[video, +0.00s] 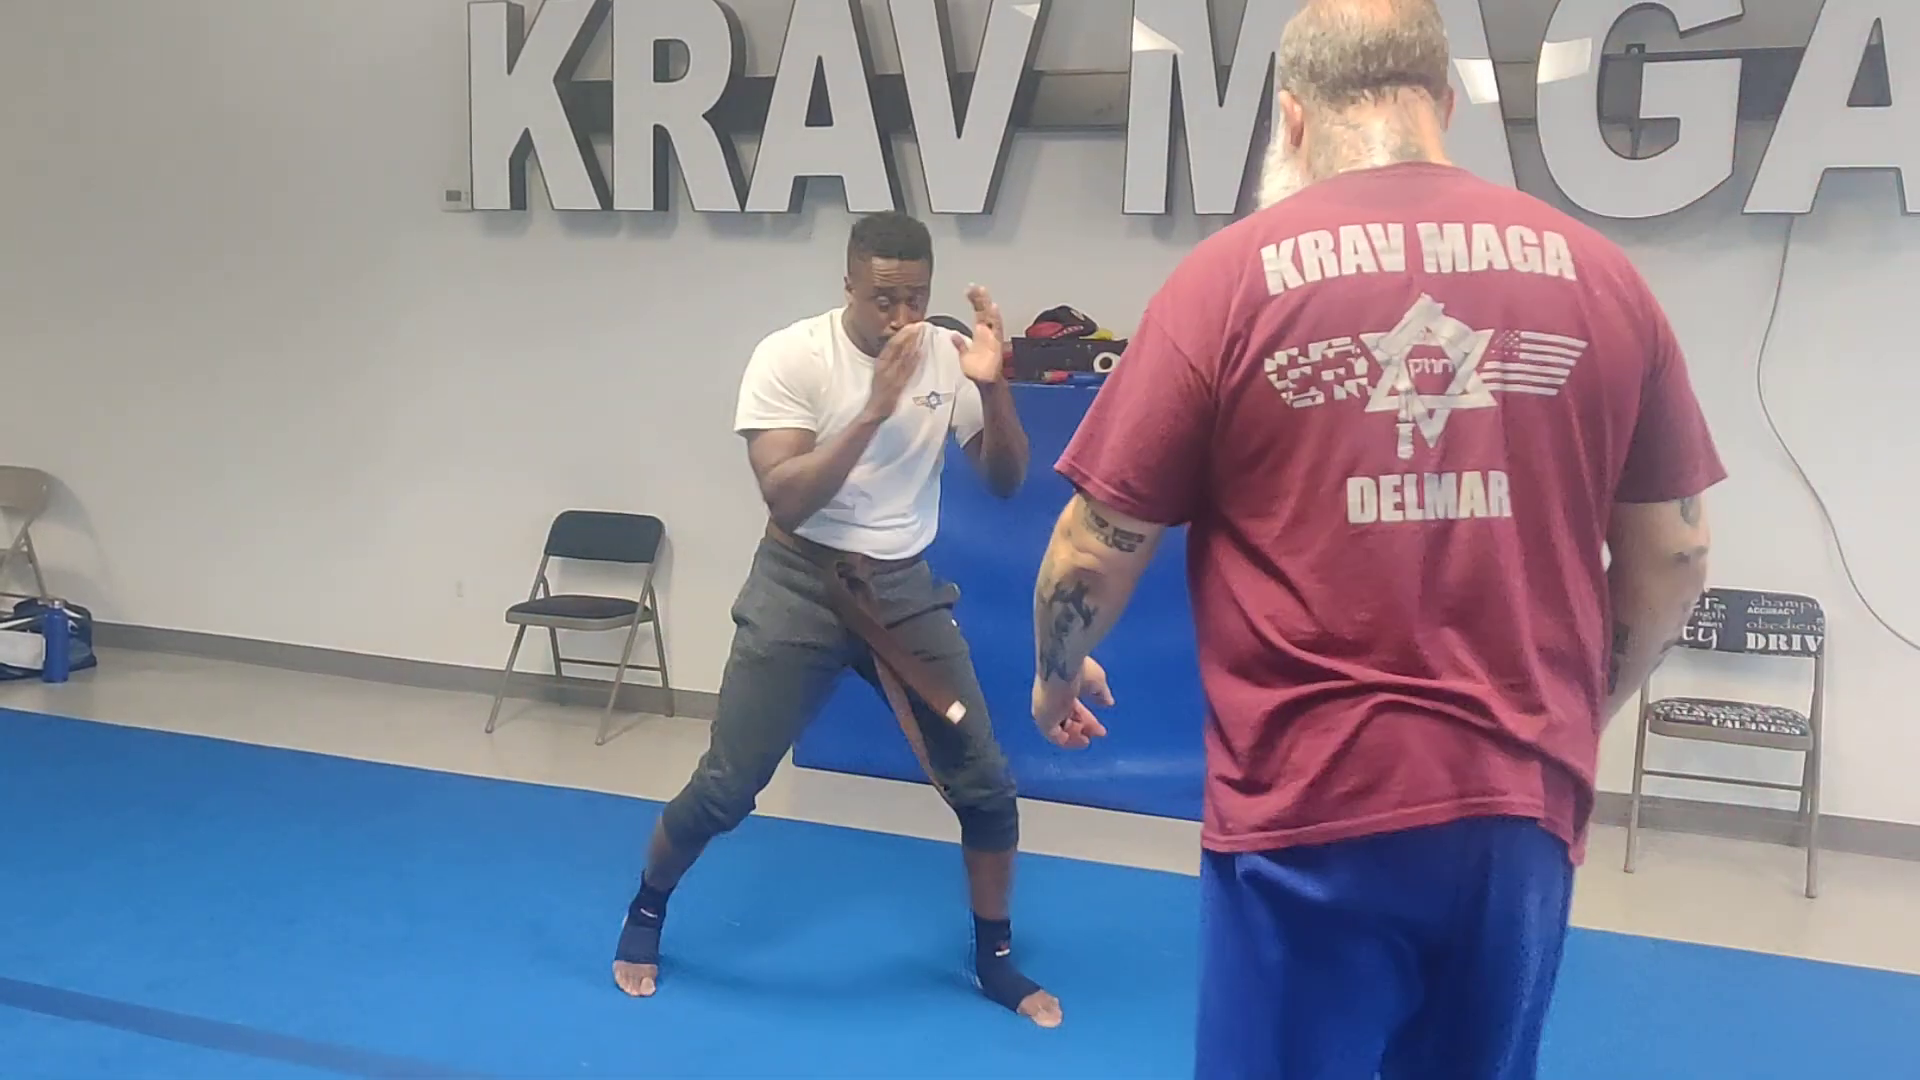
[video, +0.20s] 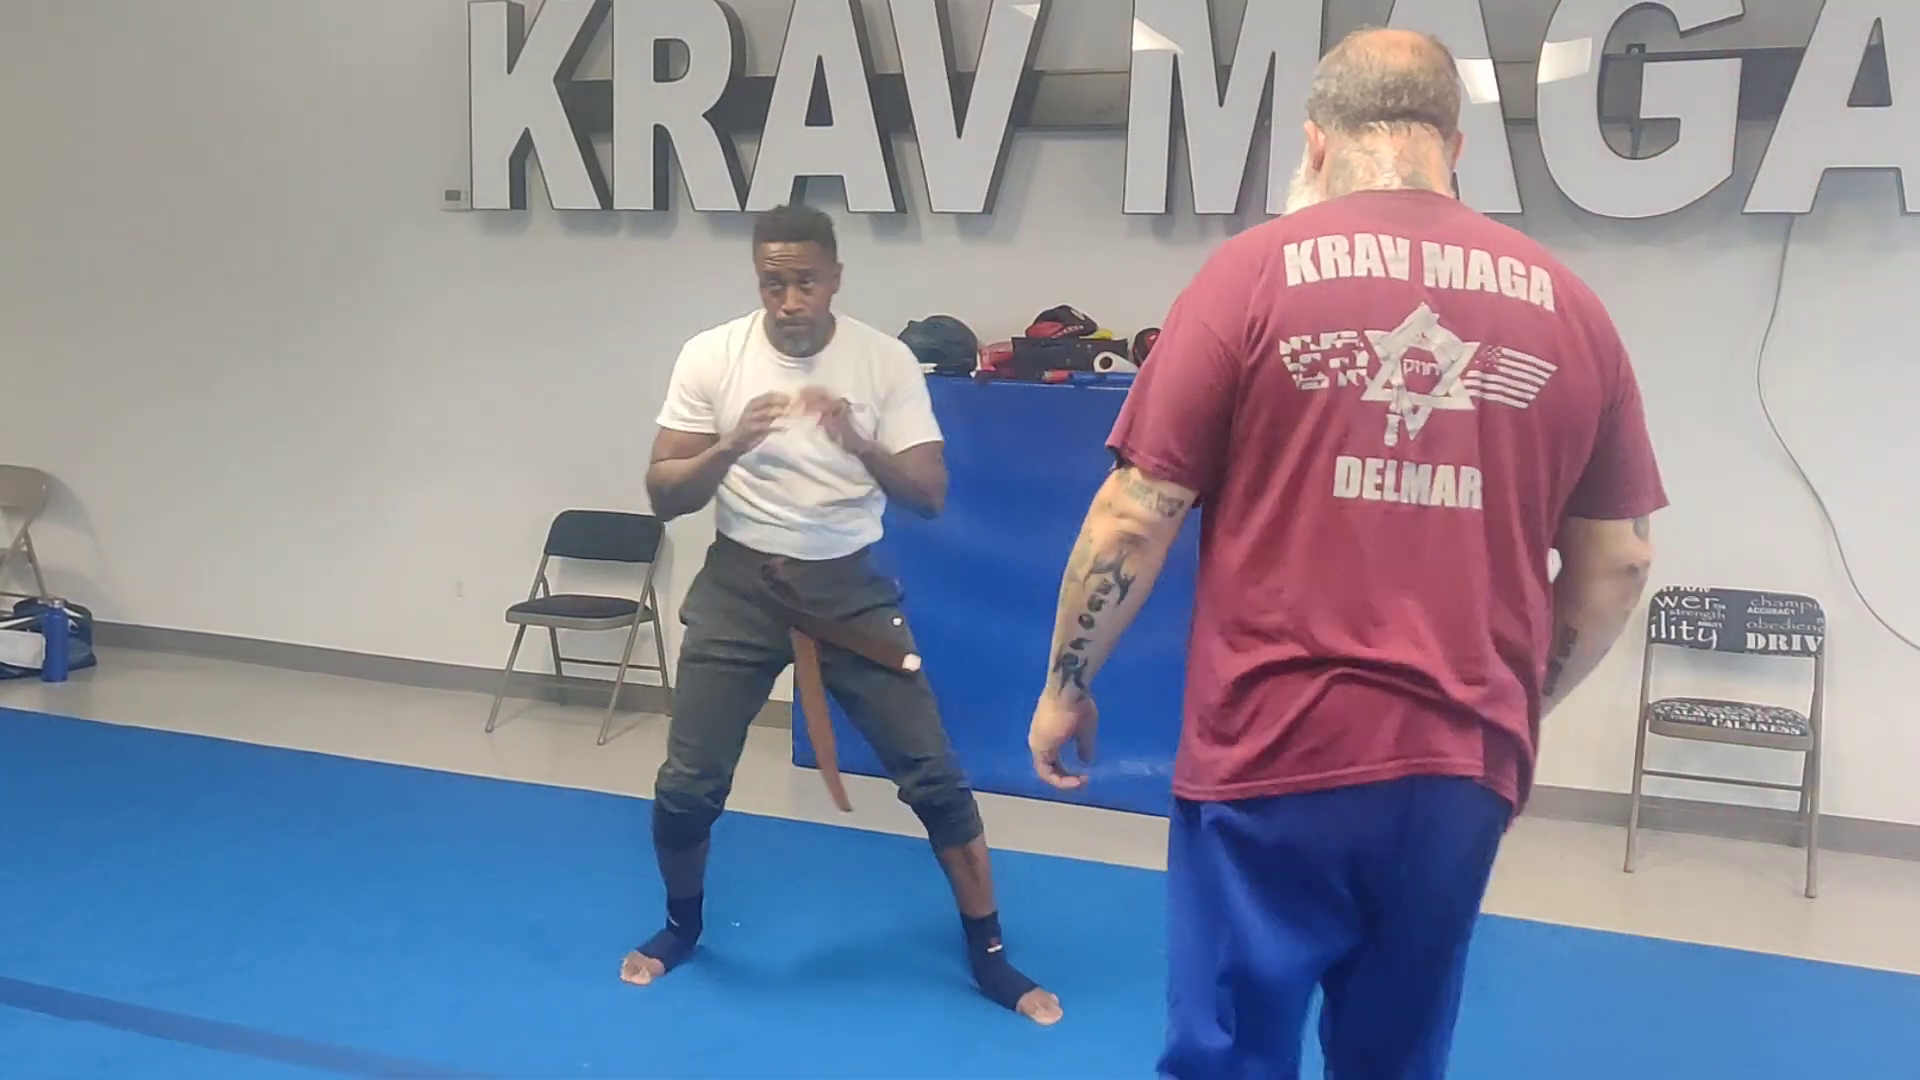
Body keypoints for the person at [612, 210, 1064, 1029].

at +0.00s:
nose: (902, 316)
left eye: (915, 299)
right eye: (885, 299)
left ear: (929, 290)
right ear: (847, 284)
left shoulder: (947, 353)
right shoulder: (787, 359)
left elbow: (1005, 479)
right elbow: (787, 502)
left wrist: (997, 389)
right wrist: (873, 411)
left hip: (905, 587)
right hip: (799, 580)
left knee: (986, 786)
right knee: (726, 788)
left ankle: (995, 958)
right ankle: (646, 911)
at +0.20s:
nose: (788, 300)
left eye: (805, 283)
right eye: (774, 283)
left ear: (837, 277)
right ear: (756, 278)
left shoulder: (886, 362)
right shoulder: (710, 358)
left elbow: (930, 495)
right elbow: (665, 494)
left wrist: (863, 443)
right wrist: (731, 446)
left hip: (851, 587)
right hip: (740, 582)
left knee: (936, 779)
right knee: (684, 786)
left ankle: (990, 957)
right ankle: (681, 927)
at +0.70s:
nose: (572, 227)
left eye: (591, 212)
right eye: (565, 213)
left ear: (644, 225)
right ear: (564, 230)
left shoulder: (704, 323)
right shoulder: (572, 329)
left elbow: (755, 464)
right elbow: (570, 433)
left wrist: (657, 568)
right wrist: (555, 504)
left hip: (685, 564)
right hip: (601, 558)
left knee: (656, 764)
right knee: (615, 759)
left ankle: (666, 928)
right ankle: (665, 912)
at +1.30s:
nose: (453, 196)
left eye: (475, 182)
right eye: (447, 181)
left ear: (528, 199)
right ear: (445, 199)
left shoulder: (565, 309)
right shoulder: (457, 302)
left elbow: (600, 467)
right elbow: (456, 445)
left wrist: (471, 543)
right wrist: (412, 508)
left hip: (527, 569)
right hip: (447, 559)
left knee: (508, 784)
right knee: (411, 771)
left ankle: (494, 975)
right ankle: (470, 933)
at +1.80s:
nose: (395, 183)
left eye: (412, 166)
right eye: (372, 168)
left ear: (439, 182)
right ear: (342, 187)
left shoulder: (512, 302)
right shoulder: (292, 313)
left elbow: (563, 443)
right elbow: (257, 463)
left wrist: (538, 552)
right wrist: (260, 587)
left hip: (478, 572)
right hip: (347, 570)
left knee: (484, 802)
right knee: (321, 813)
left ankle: (485, 971)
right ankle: (317, 1044)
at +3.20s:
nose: (559, 202)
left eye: (562, 185)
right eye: (536, 184)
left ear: (564, 195)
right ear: (473, 197)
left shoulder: (566, 322)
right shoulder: (395, 312)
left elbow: (581, 471)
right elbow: (356, 480)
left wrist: (622, 598)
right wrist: (377, 643)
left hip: (529, 575)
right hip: (431, 569)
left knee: (515, 794)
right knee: (424, 822)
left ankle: (508, 994)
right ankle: (380, 1056)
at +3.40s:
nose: (550, 194)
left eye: (549, 176)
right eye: (526, 176)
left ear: (542, 190)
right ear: (460, 192)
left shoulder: (543, 315)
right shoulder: (386, 308)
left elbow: (554, 475)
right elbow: (352, 490)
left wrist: (585, 608)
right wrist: (359, 657)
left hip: (523, 575)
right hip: (425, 569)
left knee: (510, 793)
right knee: (406, 822)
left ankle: (505, 994)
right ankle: (375, 1058)